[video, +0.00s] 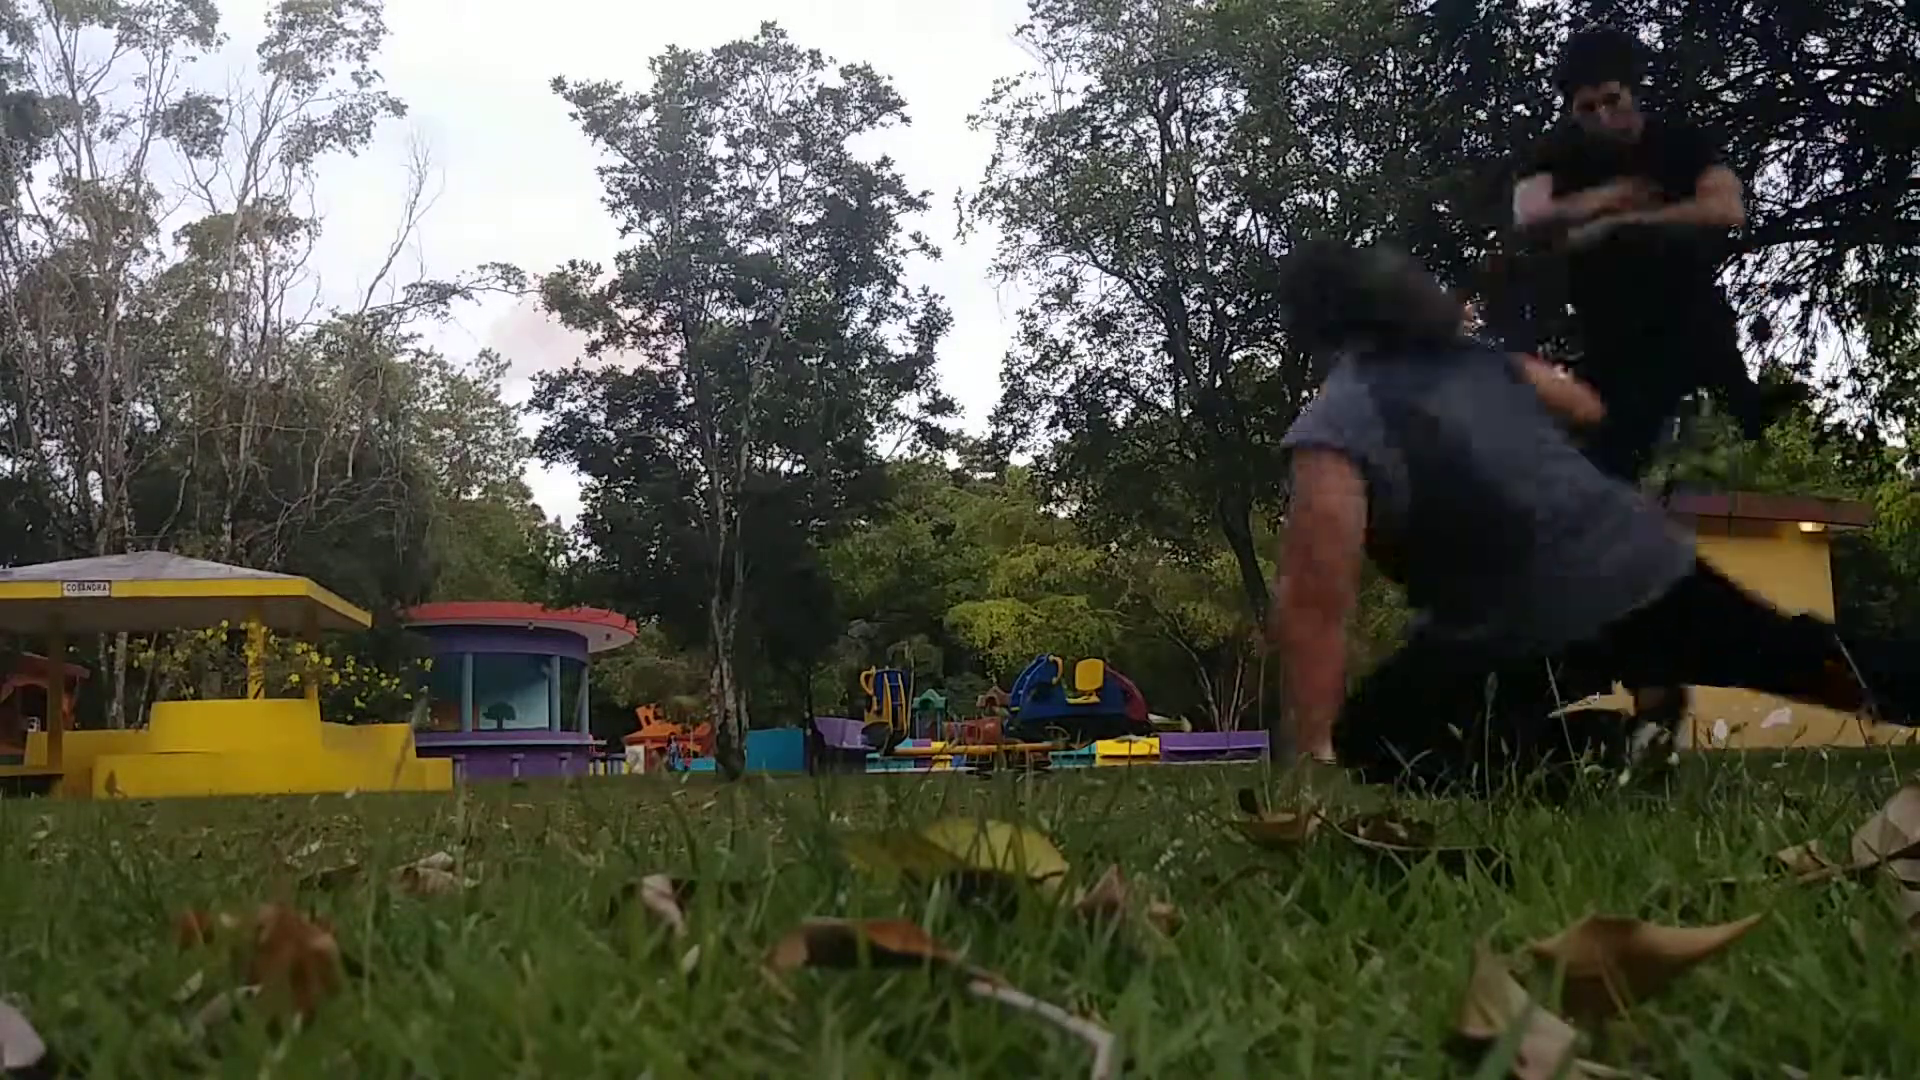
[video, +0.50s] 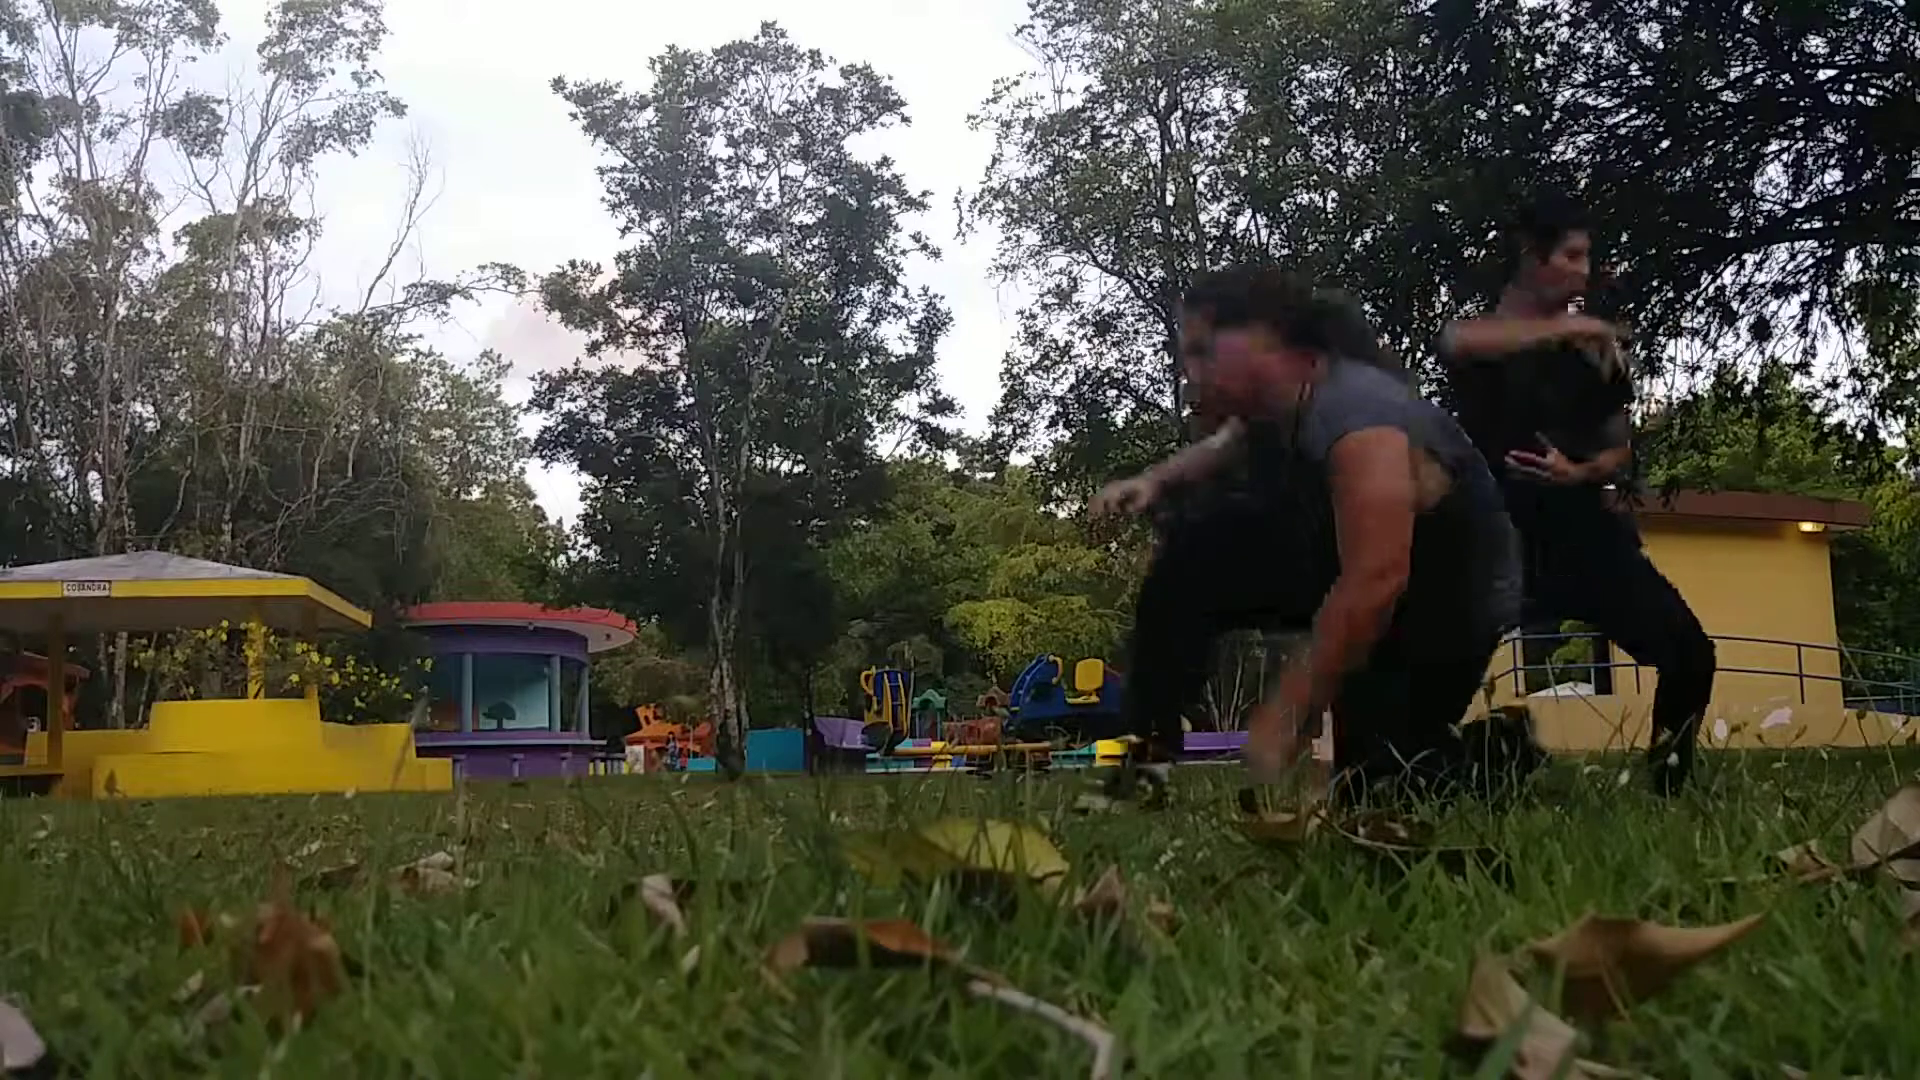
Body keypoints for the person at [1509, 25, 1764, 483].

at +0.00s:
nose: (1604, 122)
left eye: (1614, 103)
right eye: (1588, 110)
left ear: (1636, 91)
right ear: (1570, 109)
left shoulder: (1679, 141)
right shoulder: (1553, 153)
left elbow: (1729, 208)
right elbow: (1529, 218)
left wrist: (1622, 221)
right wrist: (1609, 198)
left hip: (1699, 338)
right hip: (1613, 344)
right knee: (1606, 481)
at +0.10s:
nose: (1594, 107)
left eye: (1604, 89)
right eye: (1579, 95)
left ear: (1624, 78)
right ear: (1558, 94)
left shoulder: (1657, 120)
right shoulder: (1538, 143)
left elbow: (1714, 172)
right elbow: (1506, 241)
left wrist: (1593, 165)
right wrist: (1494, 305)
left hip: (1661, 322)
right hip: (1577, 337)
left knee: (1700, 272)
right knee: (1523, 423)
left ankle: (1722, 432)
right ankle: (1575, 523)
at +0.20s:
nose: (1564, 130)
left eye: (1574, 112)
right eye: (1549, 118)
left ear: (1594, 102)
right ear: (1529, 115)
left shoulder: (1632, 142)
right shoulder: (1514, 182)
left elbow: (1679, 180)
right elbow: (1503, 286)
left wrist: (1592, 169)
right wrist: (1472, 322)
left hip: (1633, 340)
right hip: (1554, 343)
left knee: (1712, 401)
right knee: (1523, 346)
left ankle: (1698, 579)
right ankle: (1560, 474)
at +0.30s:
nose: (1552, 170)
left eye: (1561, 153)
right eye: (1536, 158)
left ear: (1578, 140)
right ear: (1512, 154)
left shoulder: (1614, 194)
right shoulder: (1495, 212)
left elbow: (1651, 255)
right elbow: (1472, 325)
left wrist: (1610, 307)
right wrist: (1470, 281)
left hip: (1615, 404)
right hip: (1524, 407)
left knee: (1680, 549)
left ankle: (1683, 729)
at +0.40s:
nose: (1562, 221)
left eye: (1570, 205)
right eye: (1546, 209)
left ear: (1581, 204)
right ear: (1515, 217)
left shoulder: (1612, 280)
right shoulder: (1497, 281)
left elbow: (1673, 380)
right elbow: (1420, 303)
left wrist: (1589, 441)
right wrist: (1510, 250)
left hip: (1605, 488)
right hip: (1517, 489)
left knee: (1679, 628)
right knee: (1469, 615)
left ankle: (1667, 777)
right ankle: (1448, 759)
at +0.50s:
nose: (1583, 271)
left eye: (1586, 258)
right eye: (1571, 257)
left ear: (1586, 266)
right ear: (1530, 257)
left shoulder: (1592, 344)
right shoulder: (1483, 324)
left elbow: (1620, 450)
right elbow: (1455, 342)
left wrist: (1577, 472)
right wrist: (1559, 331)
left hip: (1580, 532)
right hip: (1496, 532)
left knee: (1689, 650)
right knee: (1434, 648)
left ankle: (1669, 777)